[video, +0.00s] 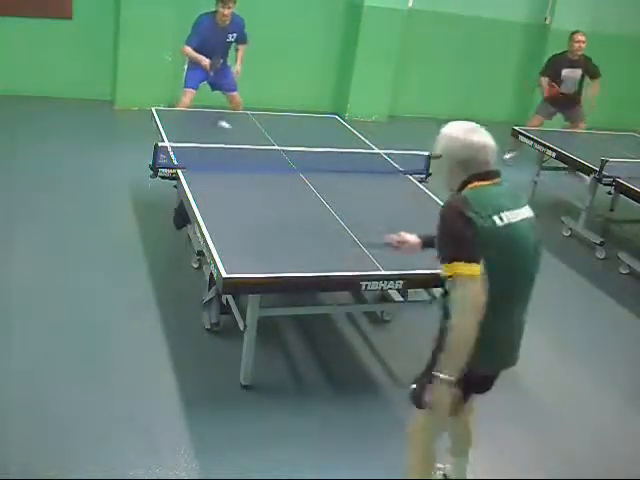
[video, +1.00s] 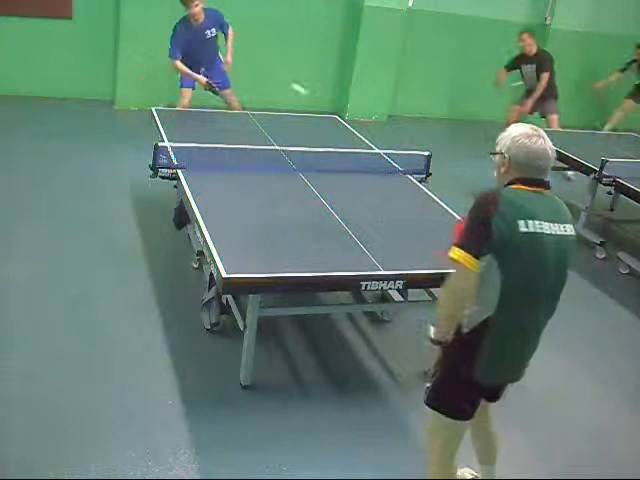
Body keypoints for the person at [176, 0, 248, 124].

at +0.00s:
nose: (226, 12)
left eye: (229, 8)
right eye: (223, 8)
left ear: (233, 9)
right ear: (217, 7)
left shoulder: (238, 22)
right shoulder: (204, 20)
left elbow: (241, 43)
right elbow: (186, 49)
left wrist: (238, 65)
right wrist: (203, 60)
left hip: (221, 65)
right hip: (198, 64)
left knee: (235, 100)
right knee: (187, 99)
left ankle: (240, 130)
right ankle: (173, 128)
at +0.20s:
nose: (207, 19)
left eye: (209, 14)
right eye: (204, 15)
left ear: (216, 12)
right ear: (200, 15)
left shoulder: (231, 25)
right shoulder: (196, 28)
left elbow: (243, 49)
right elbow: (188, 49)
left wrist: (232, 68)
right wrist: (187, 60)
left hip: (228, 72)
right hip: (204, 73)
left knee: (241, 107)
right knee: (188, 104)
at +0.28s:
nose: (200, 23)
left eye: (203, 18)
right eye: (197, 19)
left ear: (210, 16)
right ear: (194, 19)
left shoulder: (227, 27)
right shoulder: (194, 32)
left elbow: (243, 50)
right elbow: (187, 59)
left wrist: (232, 69)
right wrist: (181, 69)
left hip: (230, 70)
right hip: (207, 72)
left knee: (243, 108)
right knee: (192, 104)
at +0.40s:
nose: (187, 33)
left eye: (189, 28)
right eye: (184, 29)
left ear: (198, 23)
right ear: (182, 29)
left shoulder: (219, 31)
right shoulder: (186, 43)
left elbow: (243, 46)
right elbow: (186, 70)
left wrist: (235, 71)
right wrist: (172, 79)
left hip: (230, 72)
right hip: (208, 74)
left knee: (243, 109)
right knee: (191, 104)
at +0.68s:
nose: (177, 38)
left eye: (178, 33)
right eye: (174, 35)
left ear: (186, 28)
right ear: (172, 34)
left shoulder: (208, 31)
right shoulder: (176, 47)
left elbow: (233, 42)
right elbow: (179, 73)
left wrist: (230, 68)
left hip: (221, 72)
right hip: (198, 74)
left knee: (236, 107)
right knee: (184, 104)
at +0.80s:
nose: (182, 28)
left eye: (184, 23)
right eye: (178, 25)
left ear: (190, 18)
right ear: (175, 26)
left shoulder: (208, 25)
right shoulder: (176, 40)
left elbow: (230, 37)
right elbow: (181, 73)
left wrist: (226, 63)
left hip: (216, 67)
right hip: (194, 71)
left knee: (235, 105)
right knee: (185, 102)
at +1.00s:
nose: (193, 11)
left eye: (196, 6)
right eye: (190, 8)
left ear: (201, 5)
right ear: (186, 9)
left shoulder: (213, 16)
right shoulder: (181, 28)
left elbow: (228, 30)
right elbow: (176, 61)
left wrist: (228, 56)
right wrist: (198, 78)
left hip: (213, 63)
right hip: (190, 67)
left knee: (231, 100)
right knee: (185, 102)